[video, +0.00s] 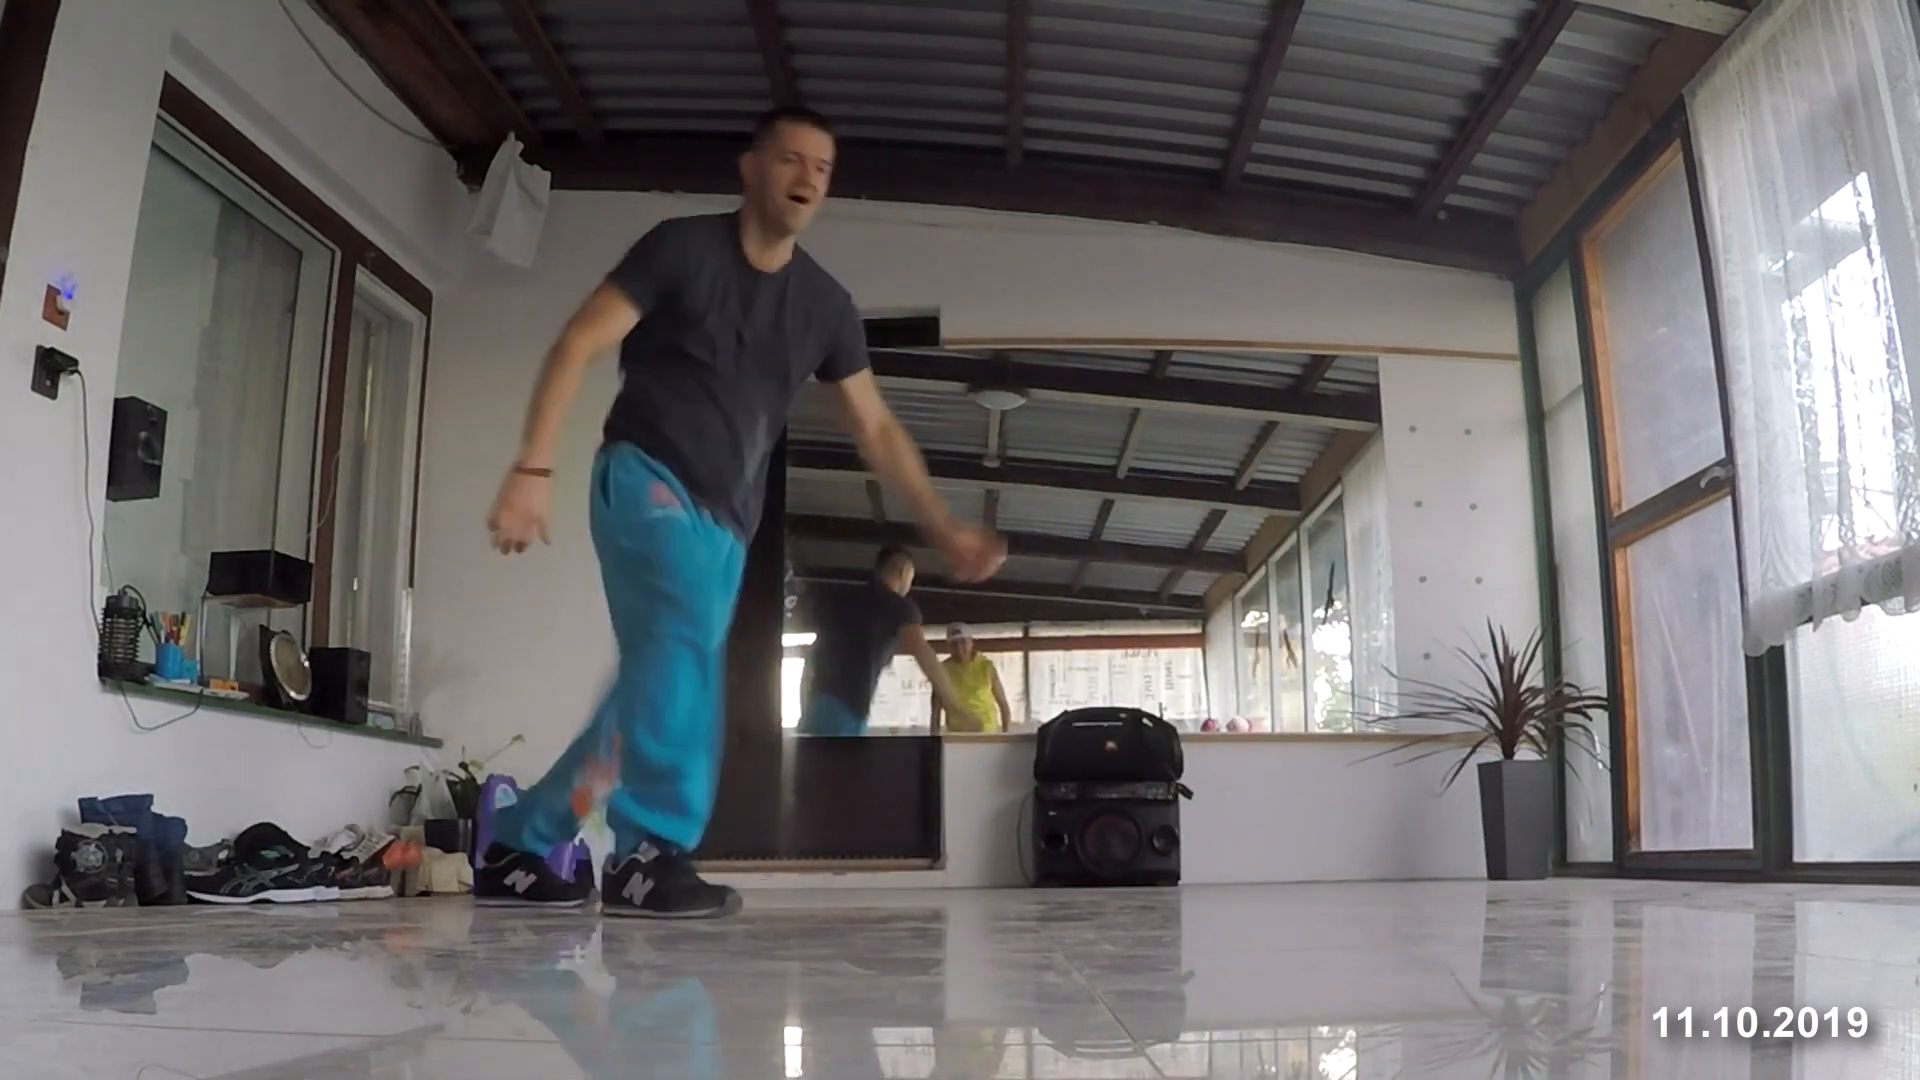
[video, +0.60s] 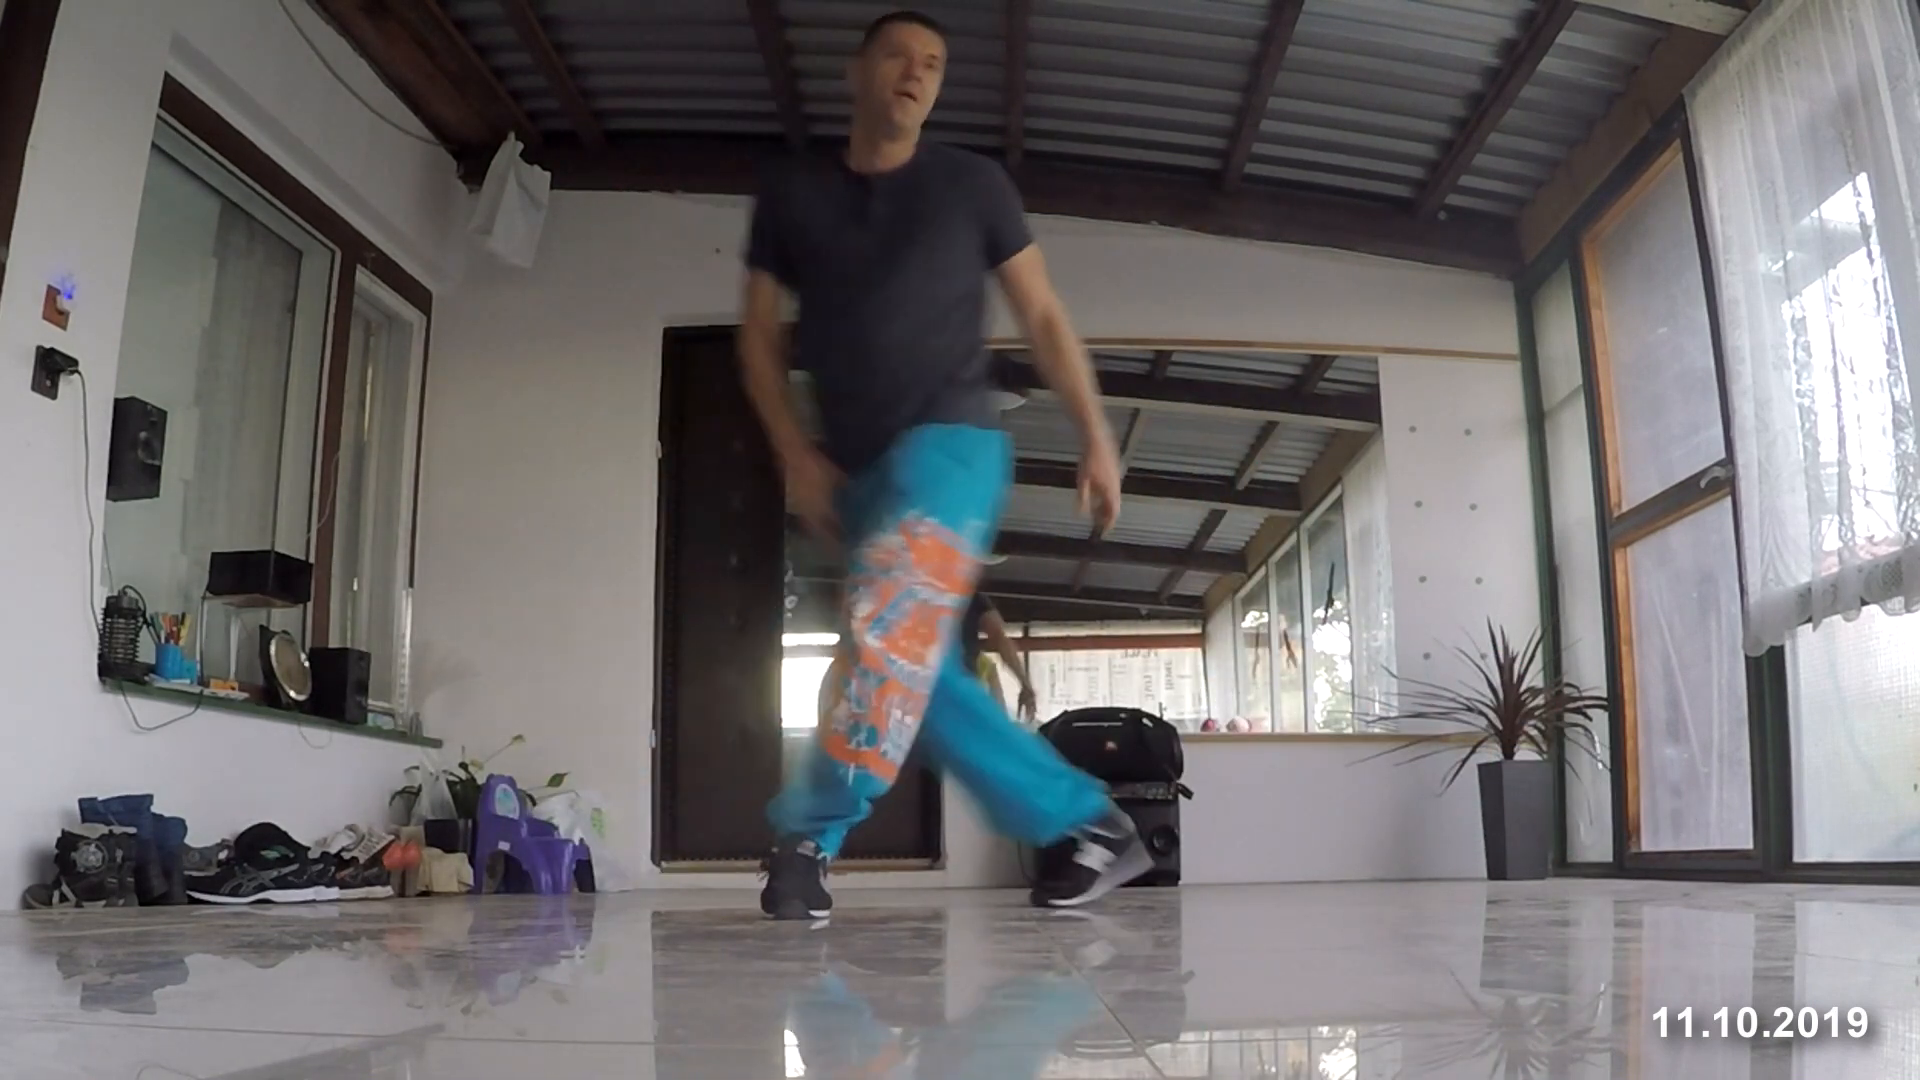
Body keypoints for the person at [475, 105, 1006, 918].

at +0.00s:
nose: (807, 181)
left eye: (820, 171)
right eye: (791, 162)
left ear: (827, 187)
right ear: (748, 166)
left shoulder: (826, 305)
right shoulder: (683, 248)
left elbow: (877, 427)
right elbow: (574, 344)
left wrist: (944, 528)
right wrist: (529, 469)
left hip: (727, 518)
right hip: (646, 479)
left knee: (666, 674)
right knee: (679, 642)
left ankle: (521, 839)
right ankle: (651, 852)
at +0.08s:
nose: (799, 146)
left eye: (816, 136)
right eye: (786, 125)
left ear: (828, 155)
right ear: (749, 132)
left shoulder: (835, 270)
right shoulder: (684, 219)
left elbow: (889, 381)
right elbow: (568, 305)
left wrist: (953, 431)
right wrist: (526, 434)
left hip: (751, 500)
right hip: (666, 457)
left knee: (694, 684)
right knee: (699, 643)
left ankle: (528, 829)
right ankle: (651, 856)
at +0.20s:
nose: (843, 62)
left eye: (855, 49)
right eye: (828, 42)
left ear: (865, 63)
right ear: (783, 45)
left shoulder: (873, 175)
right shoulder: (711, 126)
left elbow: (921, 287)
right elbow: (618, 221)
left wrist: (945, 313)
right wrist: (579, 335)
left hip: (794, 417)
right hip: (695, 390)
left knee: (779, 609)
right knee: (661, 588)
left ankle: (685, 791)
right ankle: (617, 804)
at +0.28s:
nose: (864, 28)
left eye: (876, 17)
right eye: (848, 10)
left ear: (884, 31)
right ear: (801, 16)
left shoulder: (896, 145)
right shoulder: (723, 105)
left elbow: (949, 259)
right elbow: (636, 208)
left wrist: (974, 298)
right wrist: (599, 327)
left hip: (826, 384)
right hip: (713, 362)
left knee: (833, 574)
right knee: (681, 534)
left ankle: (771, 784)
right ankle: (620, 729)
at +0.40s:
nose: (888, 33)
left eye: (902, 23)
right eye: (871, 13)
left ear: (909, 43)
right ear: (825, 21)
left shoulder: (922, 148)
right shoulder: (743, 126)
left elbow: (992, 273)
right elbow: (674, 238)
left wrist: (1036, 363)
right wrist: (646, 351)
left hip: (868, 393)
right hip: (747, 388)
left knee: (872, 593)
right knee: (716, 590)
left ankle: (806, 834)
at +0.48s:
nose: (913, 67)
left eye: (930, 61)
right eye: (901, 47)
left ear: (937, 87)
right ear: (858, 55)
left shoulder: (953, 185)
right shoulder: (777, 163)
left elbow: (1026, 321)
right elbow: (721, 299)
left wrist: (1085, 438)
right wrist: (732, 403)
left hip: (903, 430)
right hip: (801, 442)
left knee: (860, 629)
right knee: (802, 649)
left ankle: (800, 844)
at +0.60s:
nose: (916, 76)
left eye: (931, 69)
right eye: (900, 59)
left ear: (941, 94)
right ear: (854, 74)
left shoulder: (973, 185)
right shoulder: (796, 191)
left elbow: (1044, 317)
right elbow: (758, 339)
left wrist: (1097, 437)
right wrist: (794, 453)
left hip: (952, 437)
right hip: (855, 458)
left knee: (886, 630)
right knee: (911, 658)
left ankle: (805, 841)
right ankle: (1082, 824)